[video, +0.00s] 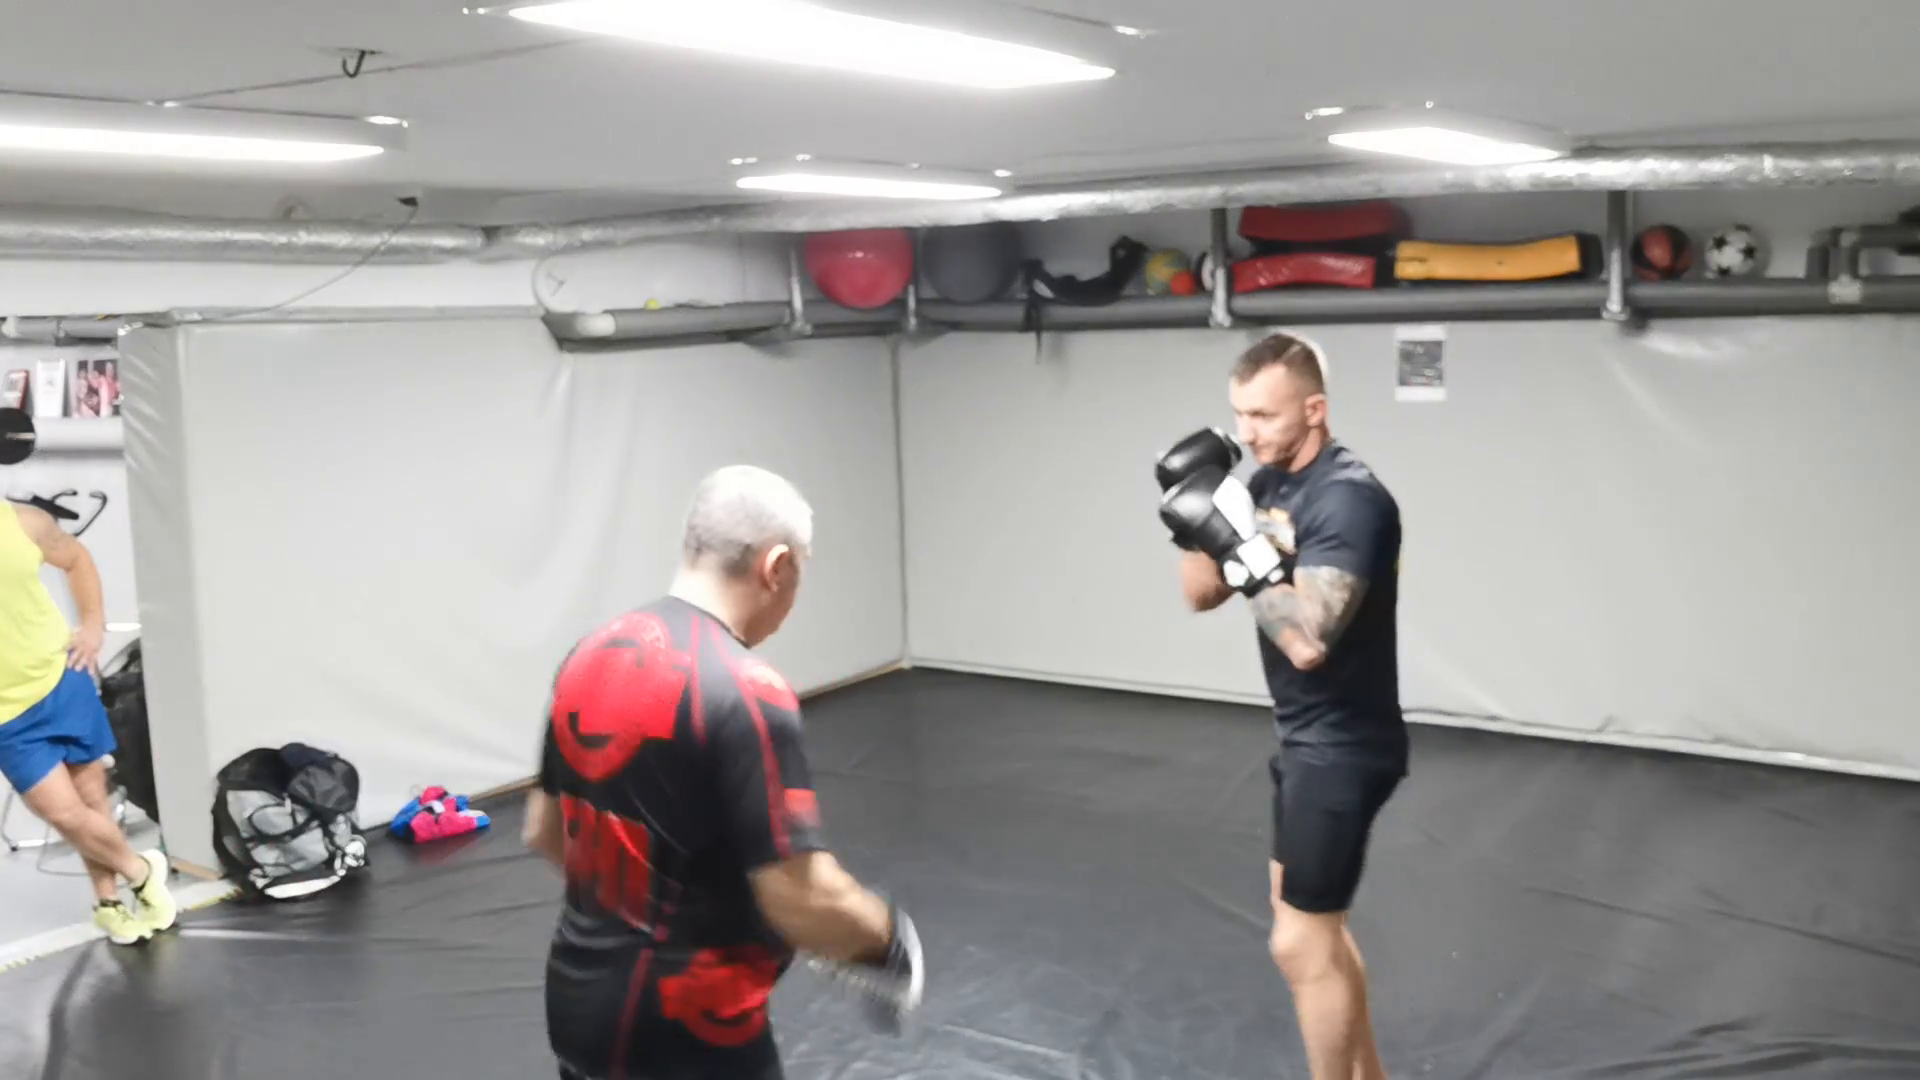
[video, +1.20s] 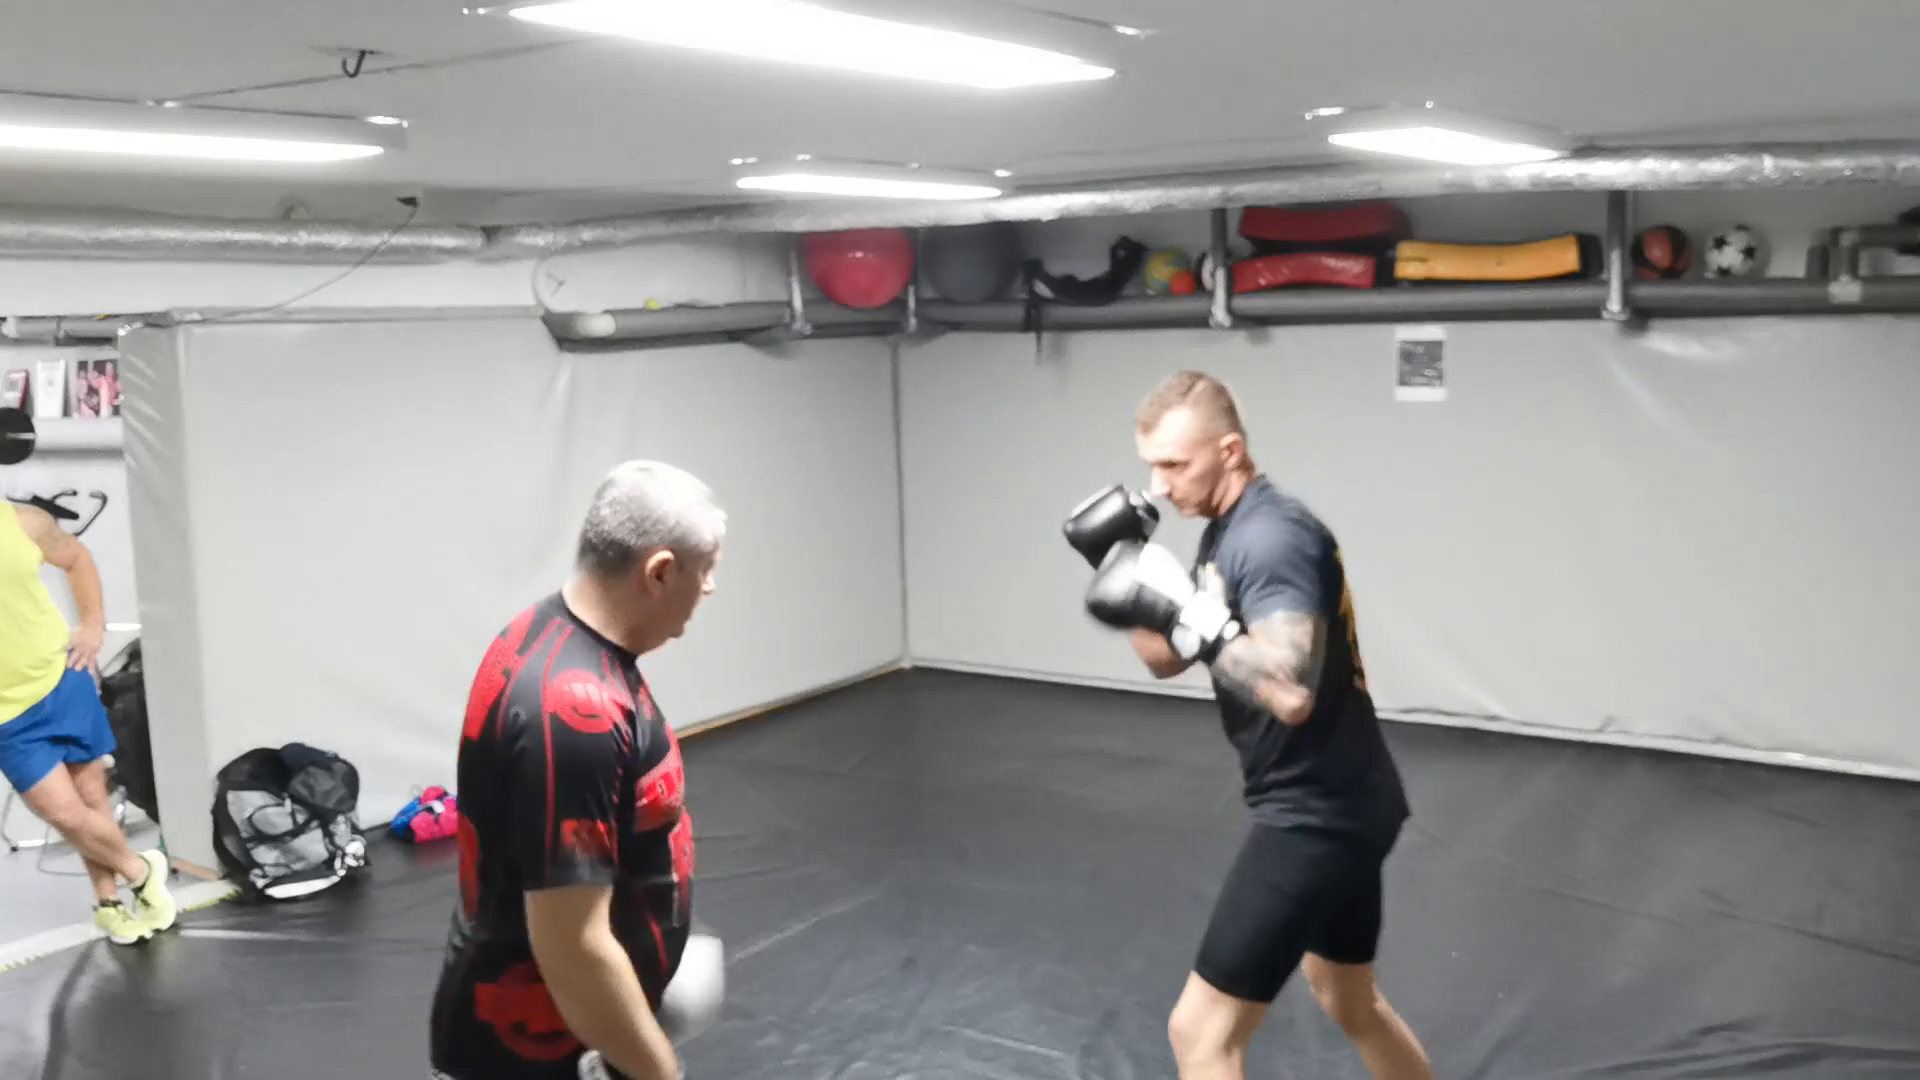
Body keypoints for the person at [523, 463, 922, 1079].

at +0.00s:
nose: (795, 595)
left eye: (802, 575)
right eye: (801, 573)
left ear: (693, 546)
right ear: (774, 567)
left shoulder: (592, 653)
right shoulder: (744, 691)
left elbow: (546, 833)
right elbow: (798, 898)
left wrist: (655, 884)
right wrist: (887, 938)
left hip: (583, 991)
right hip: (694, 1024)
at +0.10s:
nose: (795, 586)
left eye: (802, 566)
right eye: (799, 565)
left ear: (693, 536)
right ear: (769, 556)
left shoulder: (609, 636)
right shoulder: (730, 676)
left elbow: (628, 826)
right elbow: (760, 893)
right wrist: (847, 999)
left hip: (582, 975)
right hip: (674, 1007)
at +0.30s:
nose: (773, 568)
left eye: (781, 550)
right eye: (774, 547)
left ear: (666, 520)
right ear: (737, 538)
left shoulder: (598, 614)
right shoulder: (698, 662)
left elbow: (717, 649)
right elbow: (718, 877)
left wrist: (811, 563)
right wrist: (797, 1009)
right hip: (677, 985)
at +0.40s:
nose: (754, 576)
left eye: (761, 557)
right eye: (758, 555)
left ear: (656, 527)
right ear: (724, 546)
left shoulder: (588, 608)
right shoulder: (686, 672)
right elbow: (711, 892)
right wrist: (790, 1022)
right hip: (672, 995)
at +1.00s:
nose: (696, 591)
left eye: (698, 574)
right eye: (694, 573)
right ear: (649, 571)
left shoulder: (528, 629)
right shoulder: (588, 728)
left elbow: (655, 723)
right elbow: (625, 947)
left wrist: (799, 697)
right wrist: (730, 1052)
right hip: (595, 1047)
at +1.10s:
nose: (706, 590)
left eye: (708, 573)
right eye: (702, 573)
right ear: (654, 576)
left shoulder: (550, 631)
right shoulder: (572, 720)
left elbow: (639, 782)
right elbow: (586, 948)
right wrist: (697, 1062)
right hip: (553, 1053)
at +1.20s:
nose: (709, 588)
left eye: (712, 571)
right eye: (705, 570)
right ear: (658, 572)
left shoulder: (551, 631)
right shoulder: (571, 709)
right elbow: (571, 944)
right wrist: (659, 1068)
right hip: (541, 1049)